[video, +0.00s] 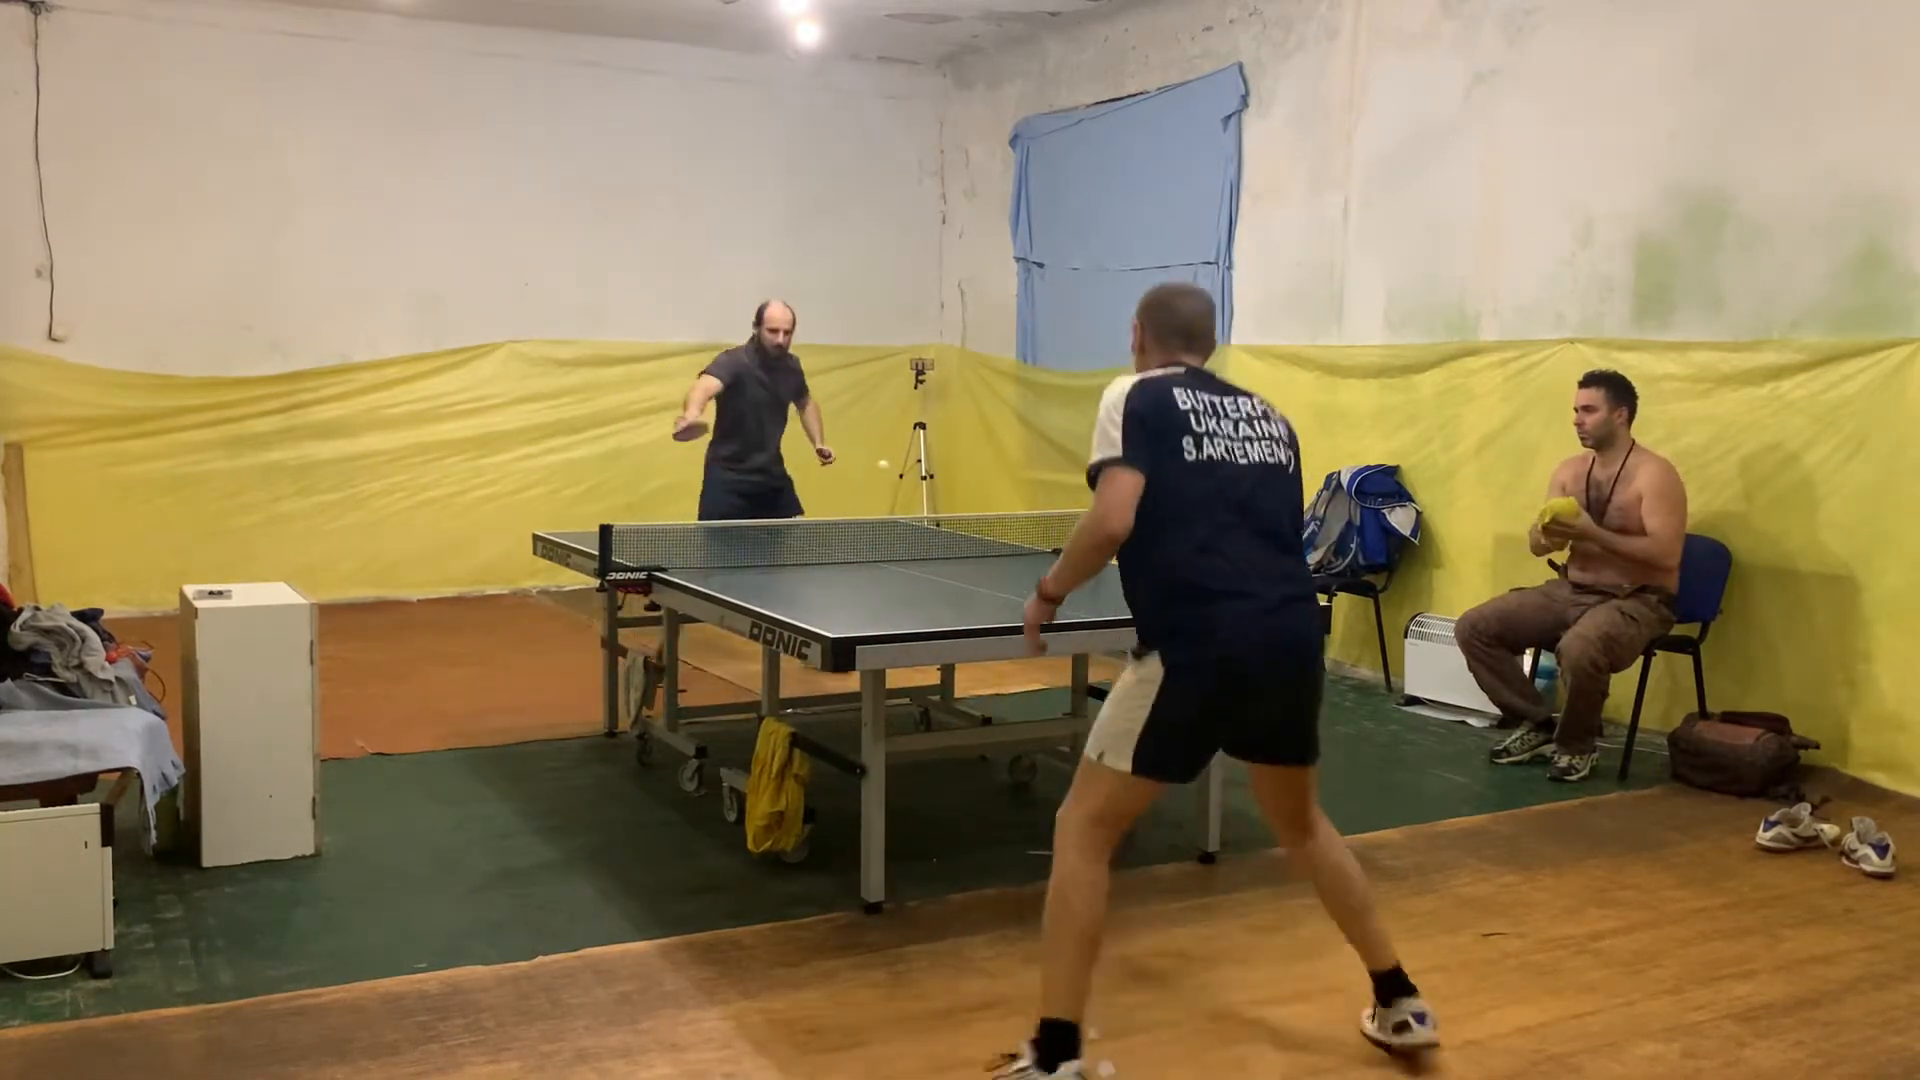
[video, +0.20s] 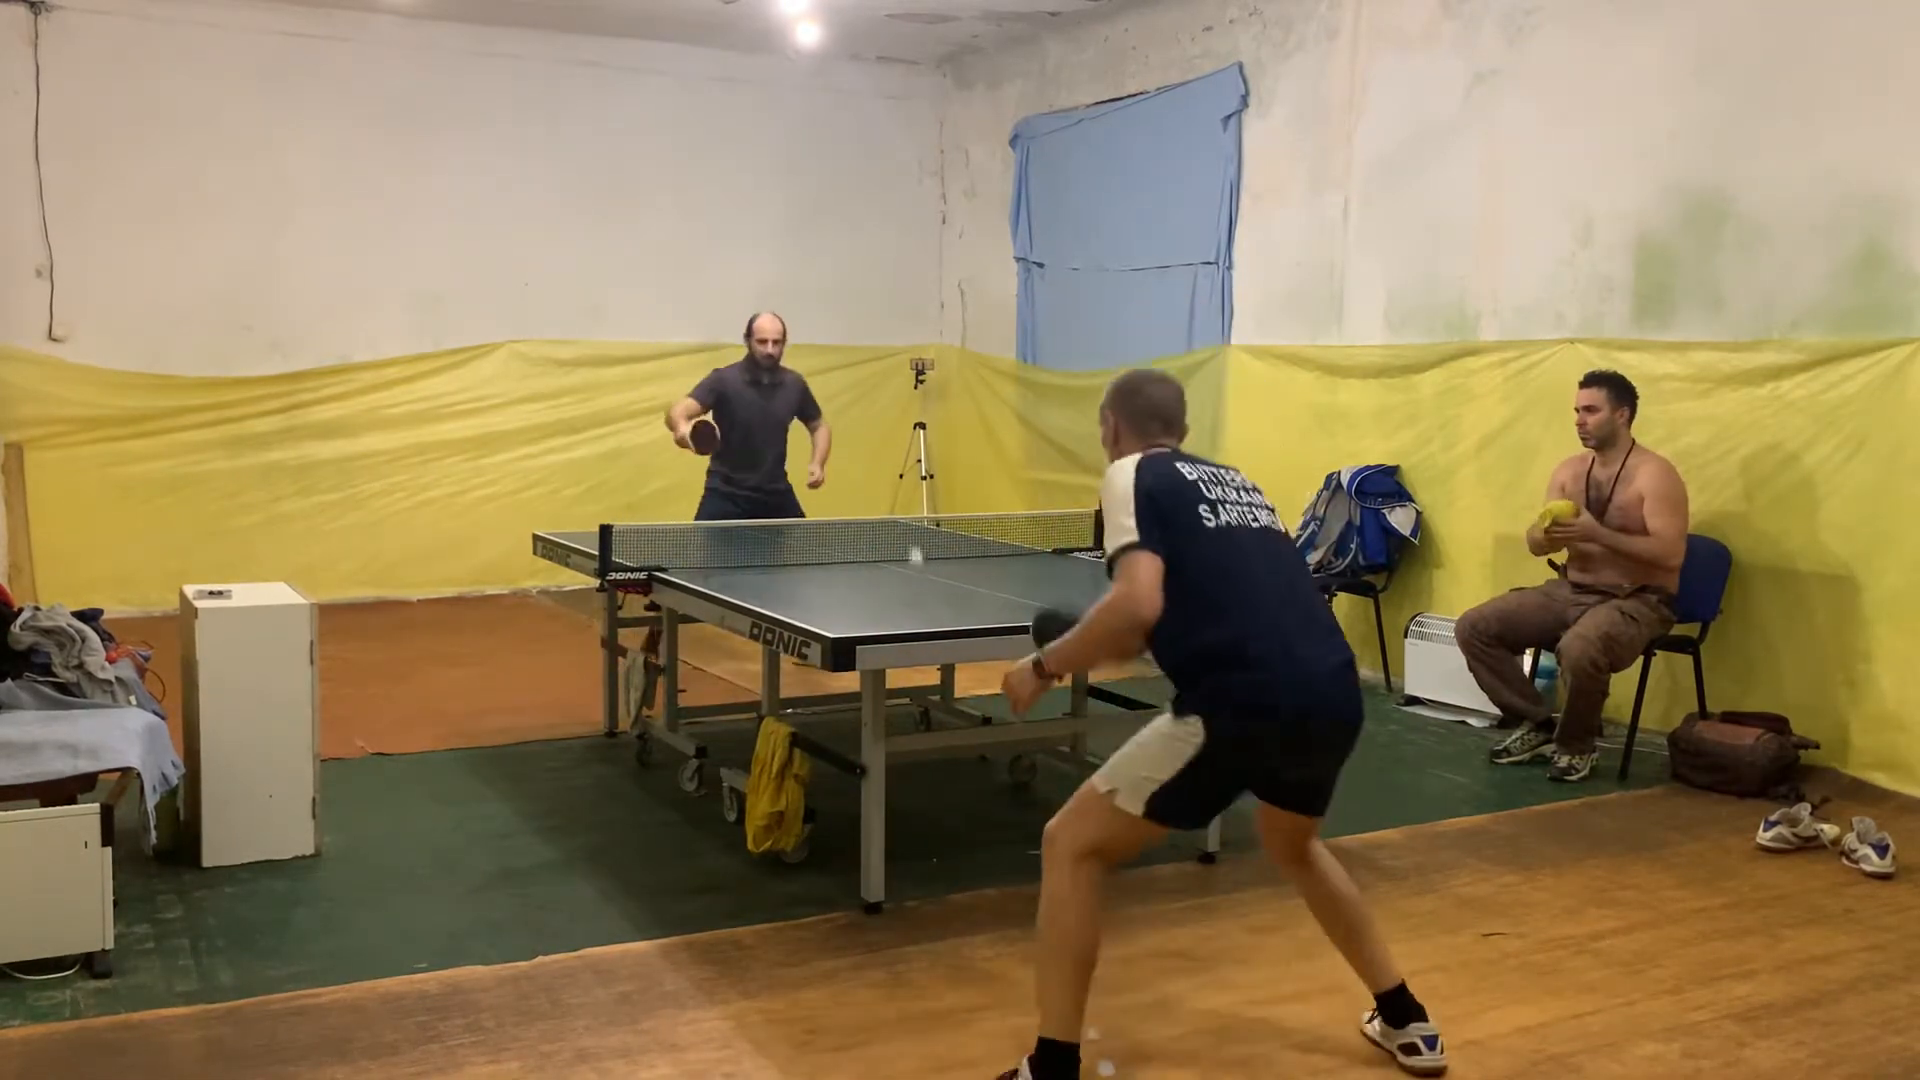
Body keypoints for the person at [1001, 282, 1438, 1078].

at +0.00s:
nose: (1129, 352)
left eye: (1130, 341)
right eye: (1138, 341)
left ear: (1141, 342)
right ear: (1210, 348)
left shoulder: (1134, 394)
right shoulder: (1270, 418)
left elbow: (1114, 520)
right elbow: (1284, 536)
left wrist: (1052, 590)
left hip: (1189, 652)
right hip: (1292, 649)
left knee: (1084, 826)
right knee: (1302, 822)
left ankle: (1056, 1048)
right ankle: (1400, 999)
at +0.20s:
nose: (1103, 443)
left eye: (1103, 433)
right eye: (1102, 433)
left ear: (1113, 428)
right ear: (1183, 432)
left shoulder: (1132, 473)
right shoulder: (1233, 481)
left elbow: (1137, 606)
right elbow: (1222, 604)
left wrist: (1044, 666)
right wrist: (1106, 640)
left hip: (1236, 700)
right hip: (1331, 693)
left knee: (1071, 841)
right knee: (1295, 845)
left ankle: (1053, 1064)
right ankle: (1404, 1015)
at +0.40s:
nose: (1102, 416)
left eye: (1102, 399)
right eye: (1101, 401)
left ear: (1123, 393)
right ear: (1178, 393)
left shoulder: (1174, 451)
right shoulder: (1215, 456)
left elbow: (1160, 608)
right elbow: (1248, 620)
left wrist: (1040, 623)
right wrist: (1167, 671)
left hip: (1247, 706)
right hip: (1312, 698)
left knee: (1065, 840)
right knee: (1279, 853)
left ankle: (1054, 1066)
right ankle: (1401, 1016)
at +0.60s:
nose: (1133, 360)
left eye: (1136, 344)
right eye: (1136, 344)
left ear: (1158, 344)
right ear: (1222, 352)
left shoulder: (1155, 438)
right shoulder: (1264, 438)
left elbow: (1062, 588)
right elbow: (1234, 404)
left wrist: (939, 609)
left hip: (1156, 714)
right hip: (1246, 704)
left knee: (1010, 870)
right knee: (1198, 835)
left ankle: (1069, 1071)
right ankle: (1324, 1009)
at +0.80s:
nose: (1144, 314)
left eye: (1147, 302)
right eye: (1149, 301)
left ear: (1163, 308)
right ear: (1234, 318)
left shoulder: (1137, 404)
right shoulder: (1288, 413)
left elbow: (1061, 547)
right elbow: (1352, 507)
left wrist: (971, 576)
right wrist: (1369, 460)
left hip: (1158, 685)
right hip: (1262, 680)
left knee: (1053, 859)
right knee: (1254, 824)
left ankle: (1075, 1065)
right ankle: (1333, 1012)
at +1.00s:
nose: (1179, 313)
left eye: (1182, 300)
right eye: (1186, 299)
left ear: (1192, 309)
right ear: (1267, 321)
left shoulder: (1147, 390)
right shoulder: (1320, 406)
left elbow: (1098, 539)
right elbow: (1388, 546)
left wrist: (1061, 611)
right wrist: (1390, 516)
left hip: (1191, 666)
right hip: (1305, 663)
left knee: (1094, 841)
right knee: (1362, 817)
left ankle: (1046, 1059)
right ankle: (1448, 1002)